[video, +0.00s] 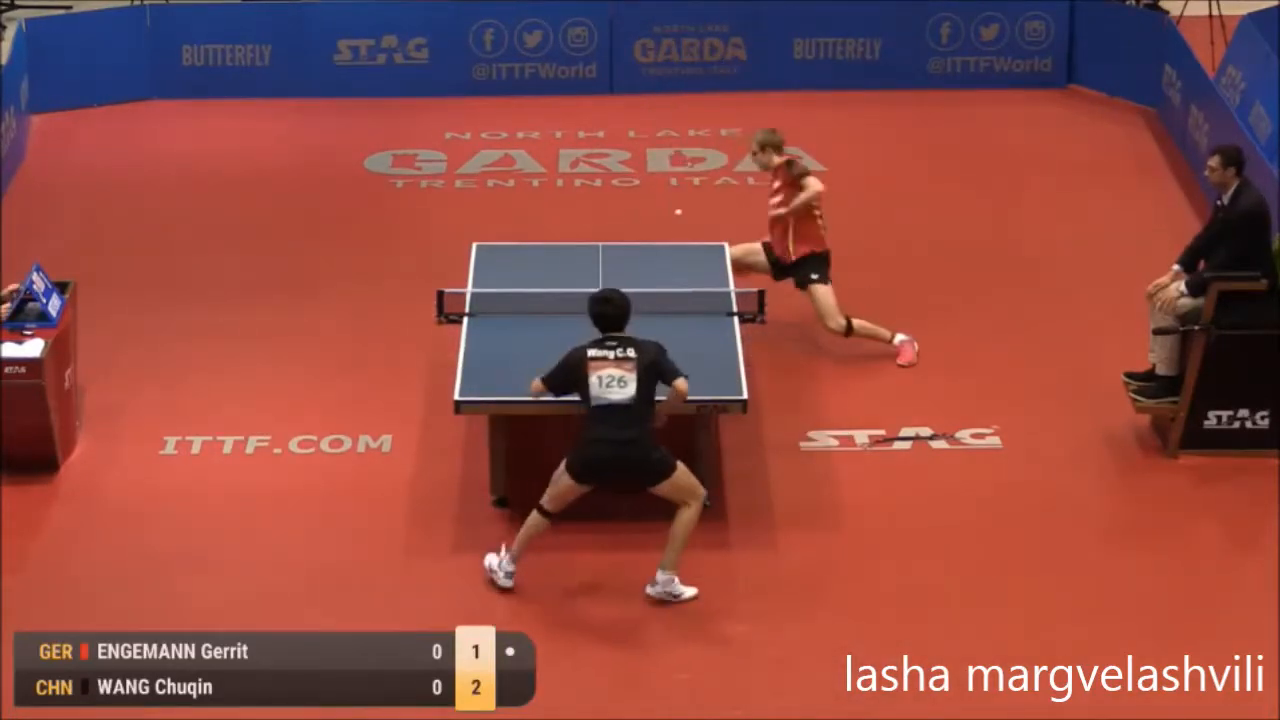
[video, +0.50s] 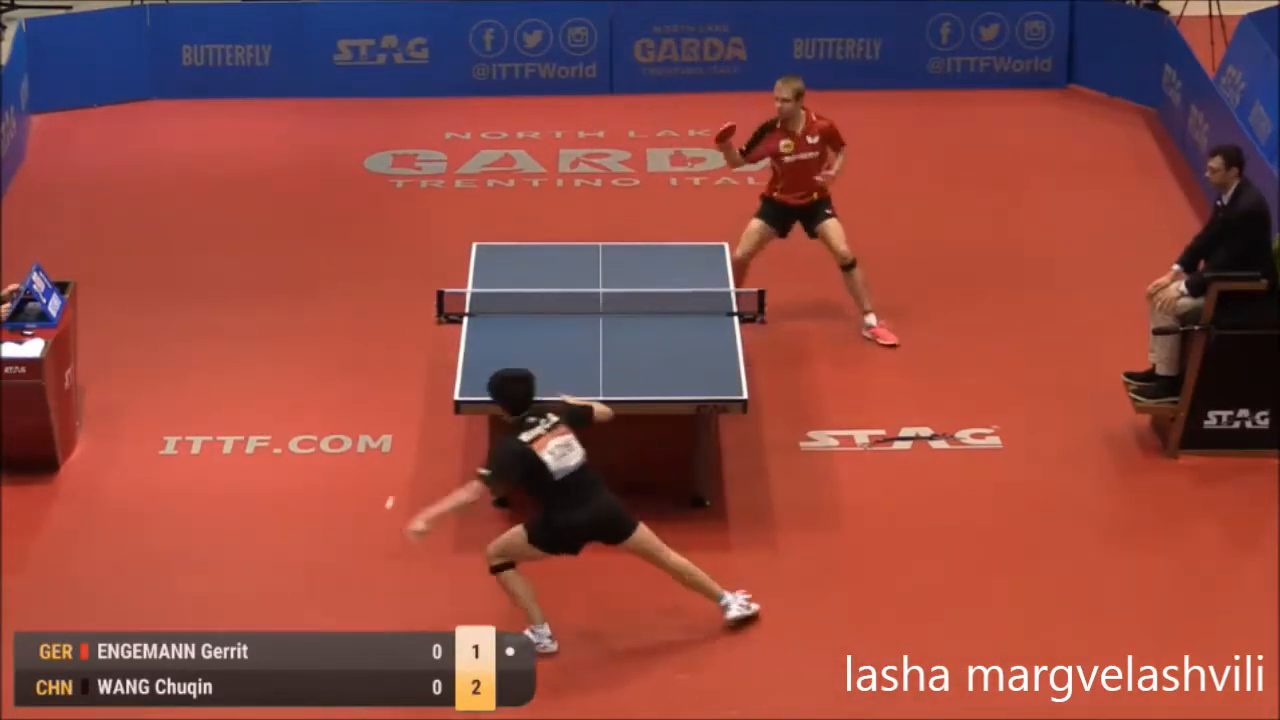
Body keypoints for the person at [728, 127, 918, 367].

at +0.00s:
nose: (753, 159)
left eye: (755, 153)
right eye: (752, 154)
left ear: (767, 150)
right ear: (769, 151)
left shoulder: (791, 167)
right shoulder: (778, 175)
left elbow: (816, 189)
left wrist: (786, 211)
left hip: (809, 257)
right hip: (781, 253)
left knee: (835, 323)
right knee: (727, 257)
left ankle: (899, 340)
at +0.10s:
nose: (784, 145)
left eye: (786, 139)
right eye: (783, 140)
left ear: (799, 136)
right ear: (793, 138)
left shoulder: (832, 160)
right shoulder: (788, 164)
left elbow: (858, 195)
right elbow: (748, 158)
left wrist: (831, 177)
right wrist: (755, 124)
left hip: (818, 249)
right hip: (785, 244)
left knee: (843, 309)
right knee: (726, 268)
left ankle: (900, 340)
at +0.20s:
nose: (787, 126)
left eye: (791, 121)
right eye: (787, 121)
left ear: (807, 120)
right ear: (800, 119)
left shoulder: (839, 149)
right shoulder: (789, 142)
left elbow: (870, 183)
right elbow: (759, 125)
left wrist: (848, 170)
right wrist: (785, 98)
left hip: (818, 235)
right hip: (783, 228)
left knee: (850, 291)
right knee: (727, 261)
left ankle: (901, 338)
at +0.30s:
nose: (792, 108)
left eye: (797, 103)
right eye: (791, 103)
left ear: (815, 101)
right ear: (791, 102)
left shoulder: (840, 132)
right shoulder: (788, 124)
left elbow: (857, 161)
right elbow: (749, 131)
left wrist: (854, 172)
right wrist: (759, 99)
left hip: (820, 212)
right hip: (782, 208)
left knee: (853, 268)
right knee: (731, 253)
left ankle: (886, 328)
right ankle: (709, 314)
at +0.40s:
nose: (790, 108)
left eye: (795, 103)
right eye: (788, 102)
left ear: (813, 101)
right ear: (788, 101)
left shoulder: (837, 130)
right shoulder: (784, 128)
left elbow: (849, 155)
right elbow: (744, 150)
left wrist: (851, 180)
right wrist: (742, 122)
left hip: (821, 209)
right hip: (784, 208)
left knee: (853, 264)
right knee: (738, 265)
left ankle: (870, 323)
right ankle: (714, 318)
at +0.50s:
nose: (778, 106)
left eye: (783, 101)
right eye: (776, 100)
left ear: (799, 102)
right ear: (774, 101)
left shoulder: (823, 127)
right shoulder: (770, 130)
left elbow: (841, 149)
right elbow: (738, 161)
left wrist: (834, 171)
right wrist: (727, 146)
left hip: (815, 201)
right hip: (778, 202)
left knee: (845, 255)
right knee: (740, 257)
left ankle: (870, 320)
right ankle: (727, 310)